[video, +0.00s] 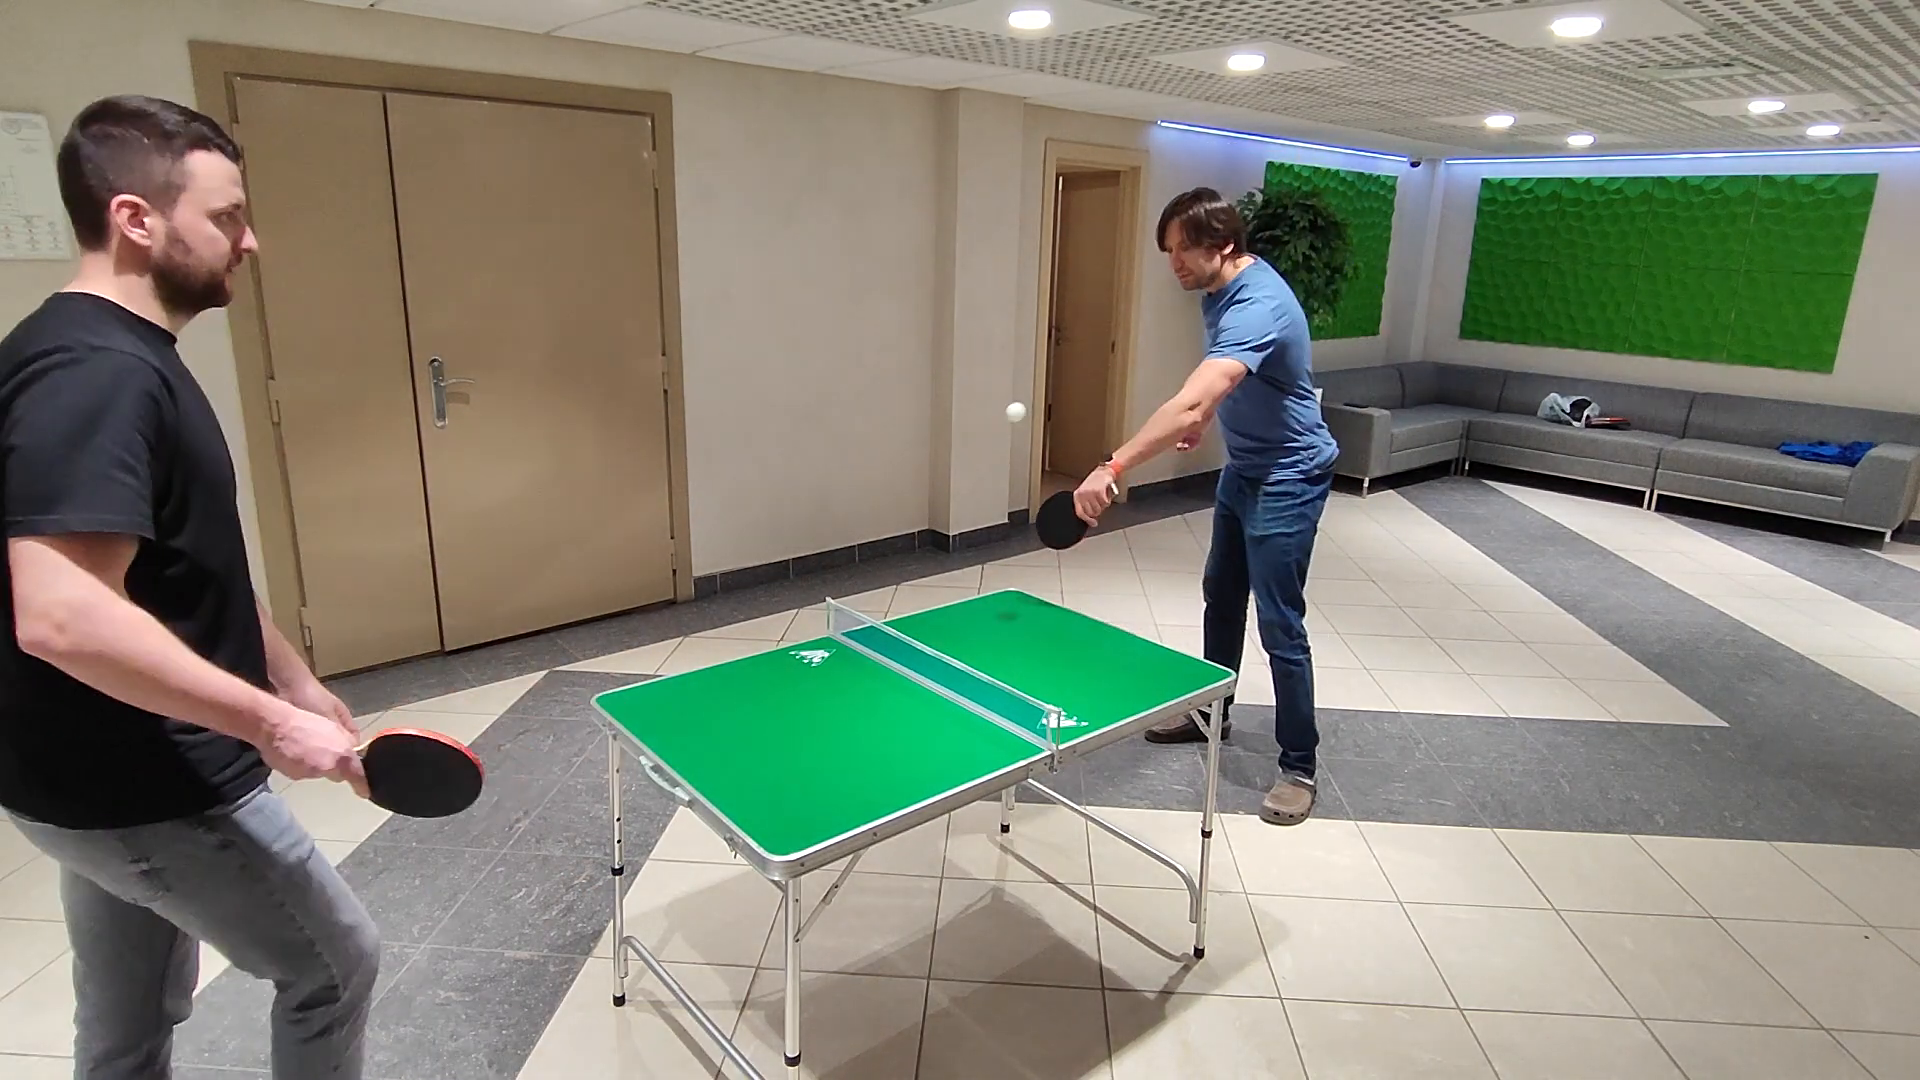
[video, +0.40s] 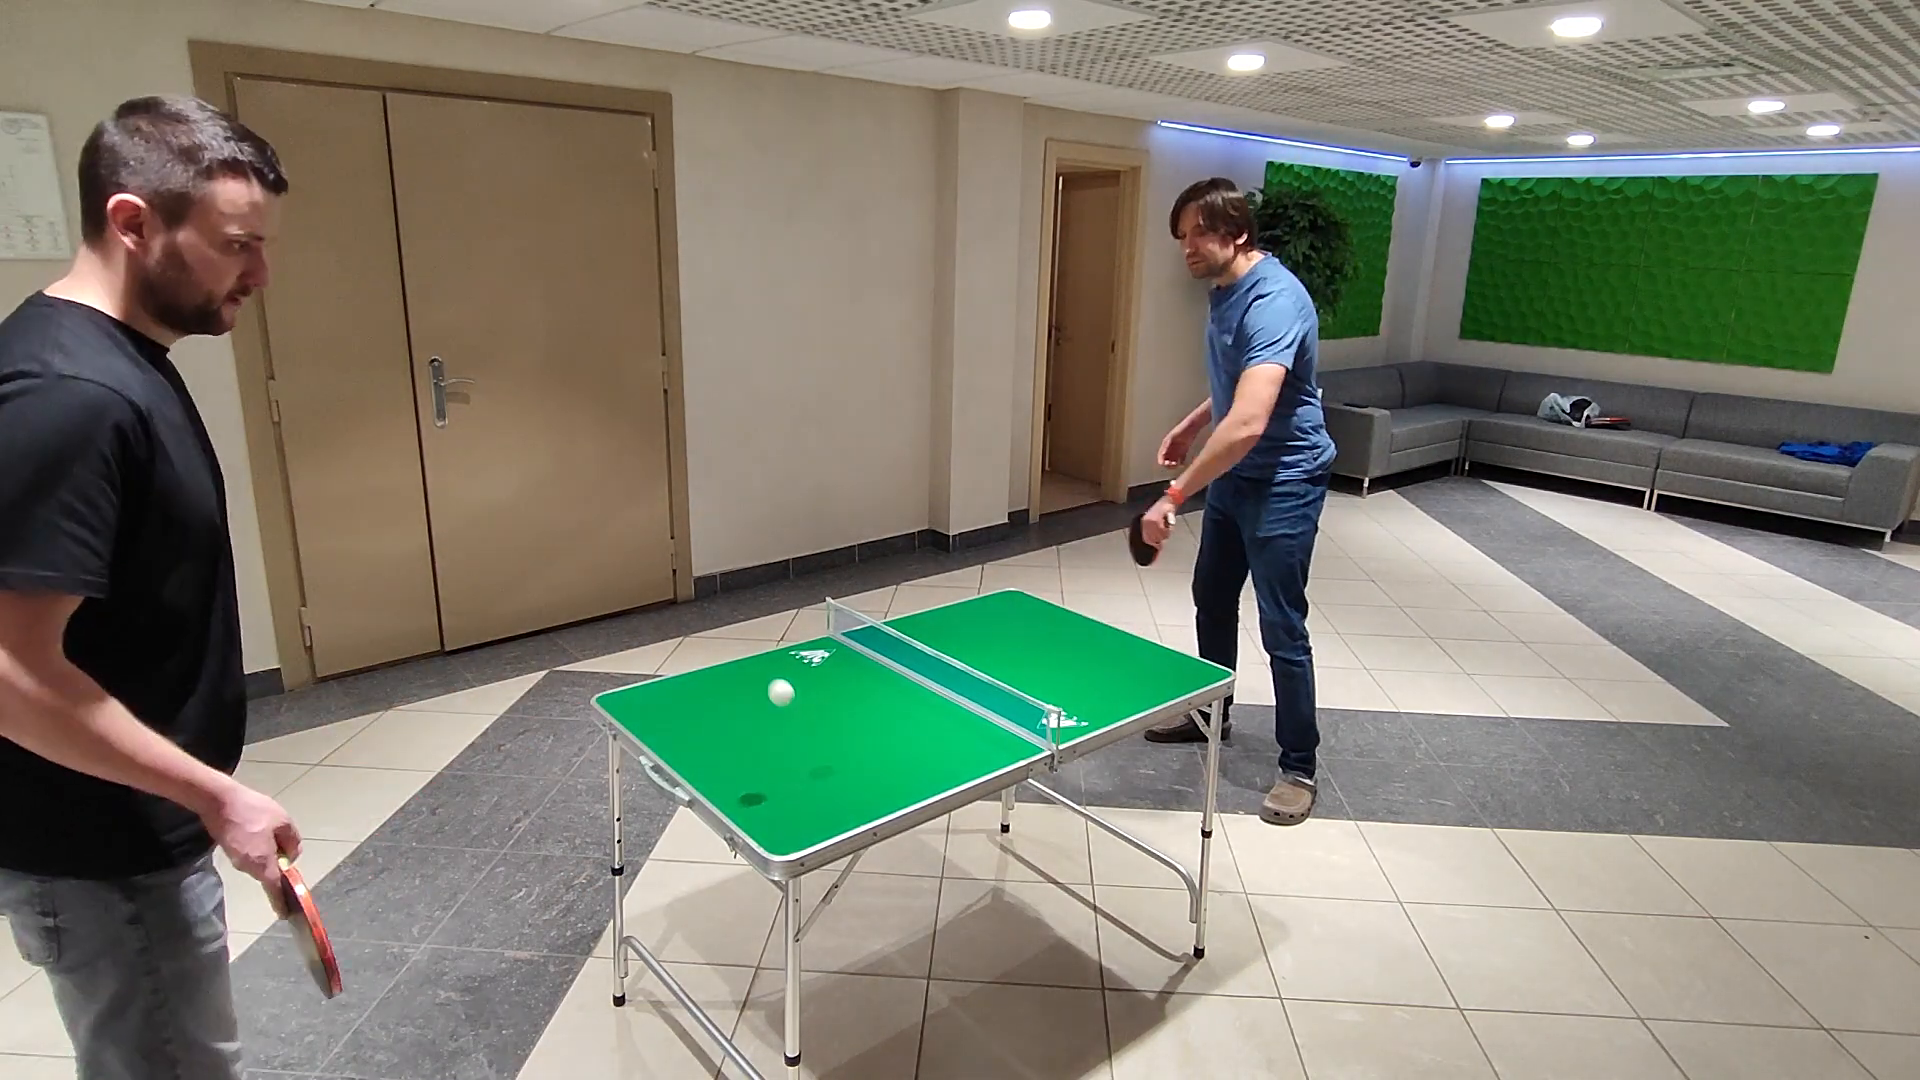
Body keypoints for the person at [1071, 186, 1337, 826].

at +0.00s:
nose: (1173, 264)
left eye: (1180, 252)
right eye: (1170, 253)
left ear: (1220, 247)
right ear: (1213, 248)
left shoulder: (1258, 306)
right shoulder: (1222, 289)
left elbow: (1192, 398)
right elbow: (1225, 364)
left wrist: (1113, 468)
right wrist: (1200, 412)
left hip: (1290, 472)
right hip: (1243, 465)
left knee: (1278, 618)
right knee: (1223, 593)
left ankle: (1298, 771)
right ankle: (1210, 711)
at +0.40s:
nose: (1186, 250)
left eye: (1195, 238)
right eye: (1183, 239)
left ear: (1235, 235)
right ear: (1198, 237)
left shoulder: (1275, 302)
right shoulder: (1229, 289)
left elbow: (1248, 427)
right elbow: (1240, 382)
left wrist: (1170, 498)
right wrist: (1196, 423)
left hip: (1284, 481)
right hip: (1232, 475)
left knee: (1282, 629)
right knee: (1213, 596)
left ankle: (1298, 771)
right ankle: (1209, 711)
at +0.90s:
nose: (1249, 232)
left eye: (1264, 222)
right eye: (1243, 218)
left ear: (1292, 227)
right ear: (1232, 217)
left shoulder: (1327, 298)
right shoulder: (1201, 282)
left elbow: (1351, 401)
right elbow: (1169, 368)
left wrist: (1320, 479)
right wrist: (1138, 434)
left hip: (1272, 482)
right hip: (1197, 473)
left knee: (1282, 630)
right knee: (1193, 605)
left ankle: (1298, 771)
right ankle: (1204, 711)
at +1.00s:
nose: (1248, 238)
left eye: (1263, 227)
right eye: (1241, 223)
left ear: (1292, 229)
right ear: (1231, 220)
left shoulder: (1327, 298)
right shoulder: (1202, 283)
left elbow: (1345, 405)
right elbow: (1167, 370)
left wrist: (1301, 480)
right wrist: (1137, 436)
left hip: (1275, 482)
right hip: (1199, 474)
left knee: (1285, 634)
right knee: (1193, 607)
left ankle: (1297, 771)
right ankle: (1202, 711)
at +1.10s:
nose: (1238, 245)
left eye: (1251, 234)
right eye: (1232, 233)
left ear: (1284, 232)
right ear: (1226, 227)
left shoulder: (1325, 300)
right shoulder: (1205, 285)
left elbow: (1334, 416)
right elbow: (1174, 373)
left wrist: (1268, 488)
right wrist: (1144, 438)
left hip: (1280, 484)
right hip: (1205, 475)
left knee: (1288, 632)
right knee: (1195, 608)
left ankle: (1298, 771)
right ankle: (1203, 711)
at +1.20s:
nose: (1218, 251)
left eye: (1231, 241)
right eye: (1215, 239)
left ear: (1268, 241)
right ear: (1213, 238)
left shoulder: (1314, 308)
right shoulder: (1207, 289)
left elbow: (1308, 428)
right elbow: (1190, 376)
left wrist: (1228, 498)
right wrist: (1158, 443)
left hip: (1286, 480)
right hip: (1217, 471)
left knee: (1291, 629)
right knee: (1196, 599)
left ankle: (1298, 770)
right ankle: (1204, 709)